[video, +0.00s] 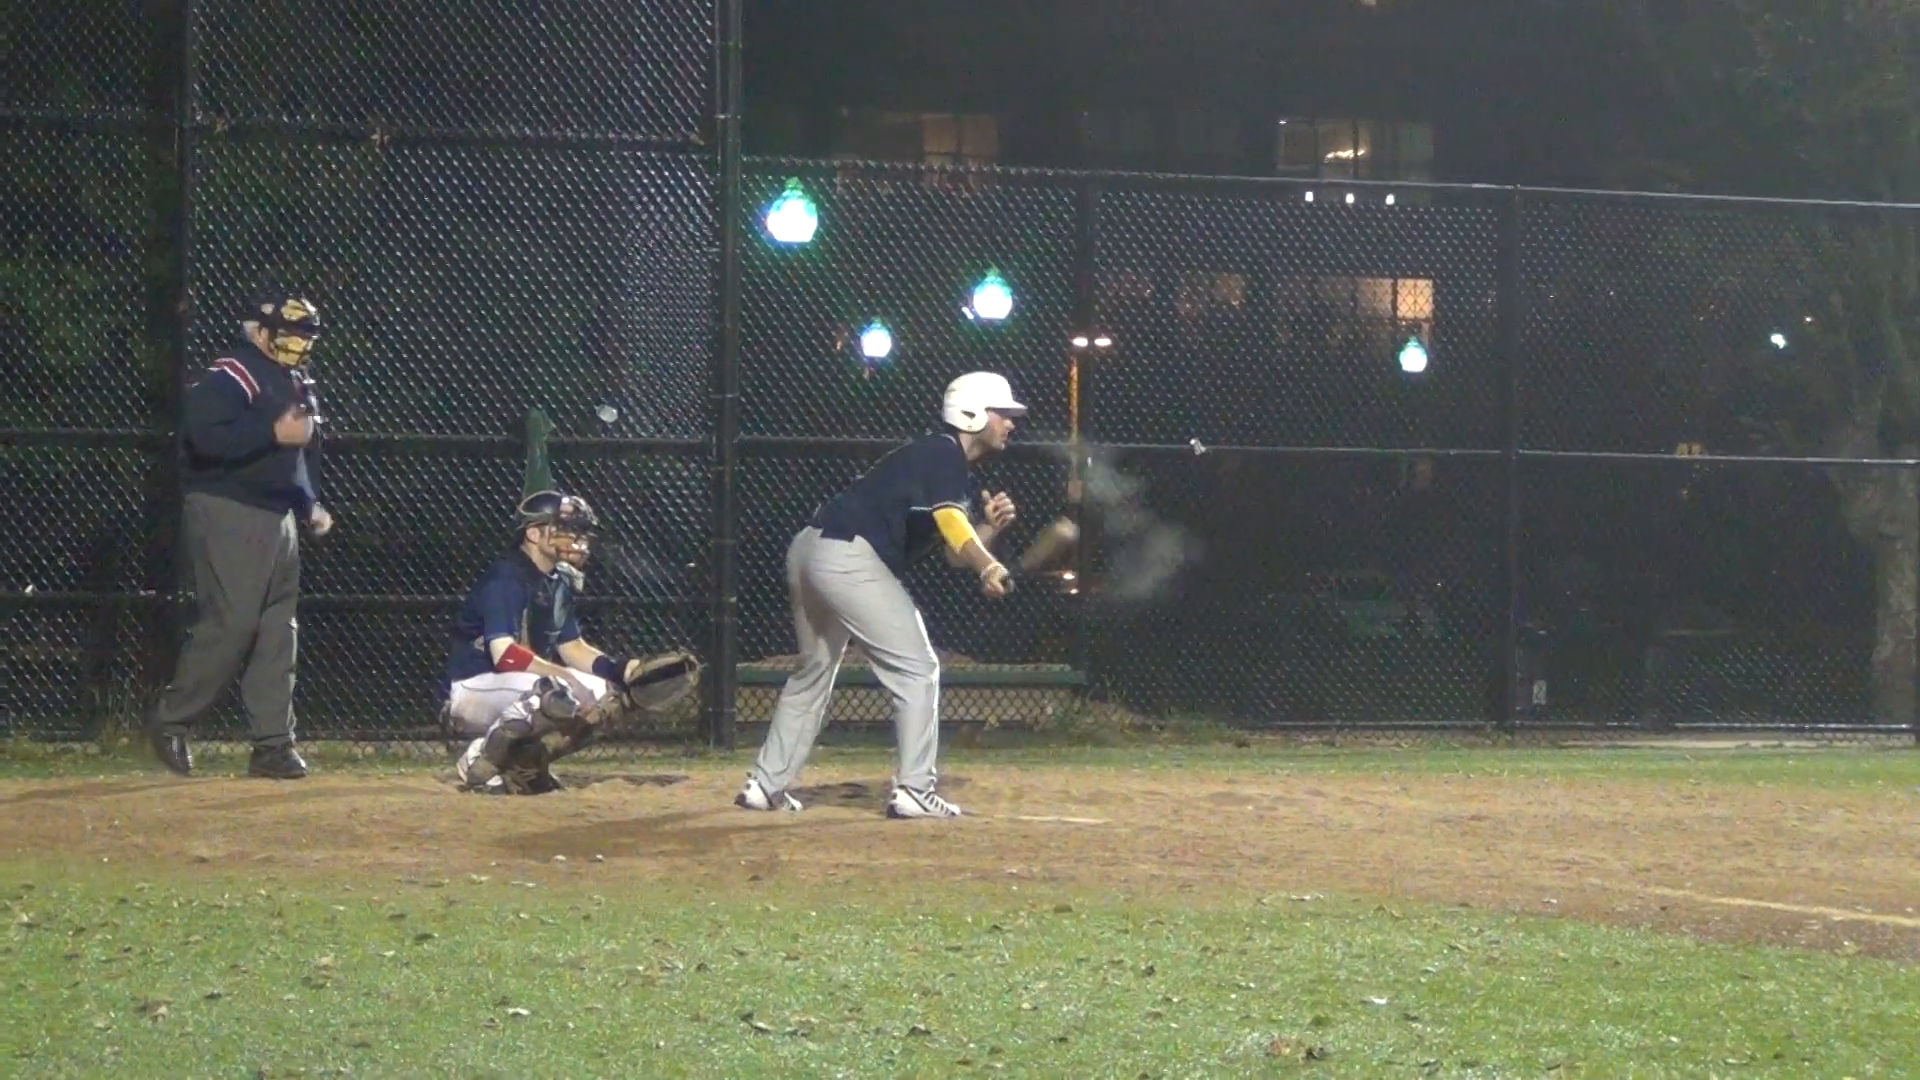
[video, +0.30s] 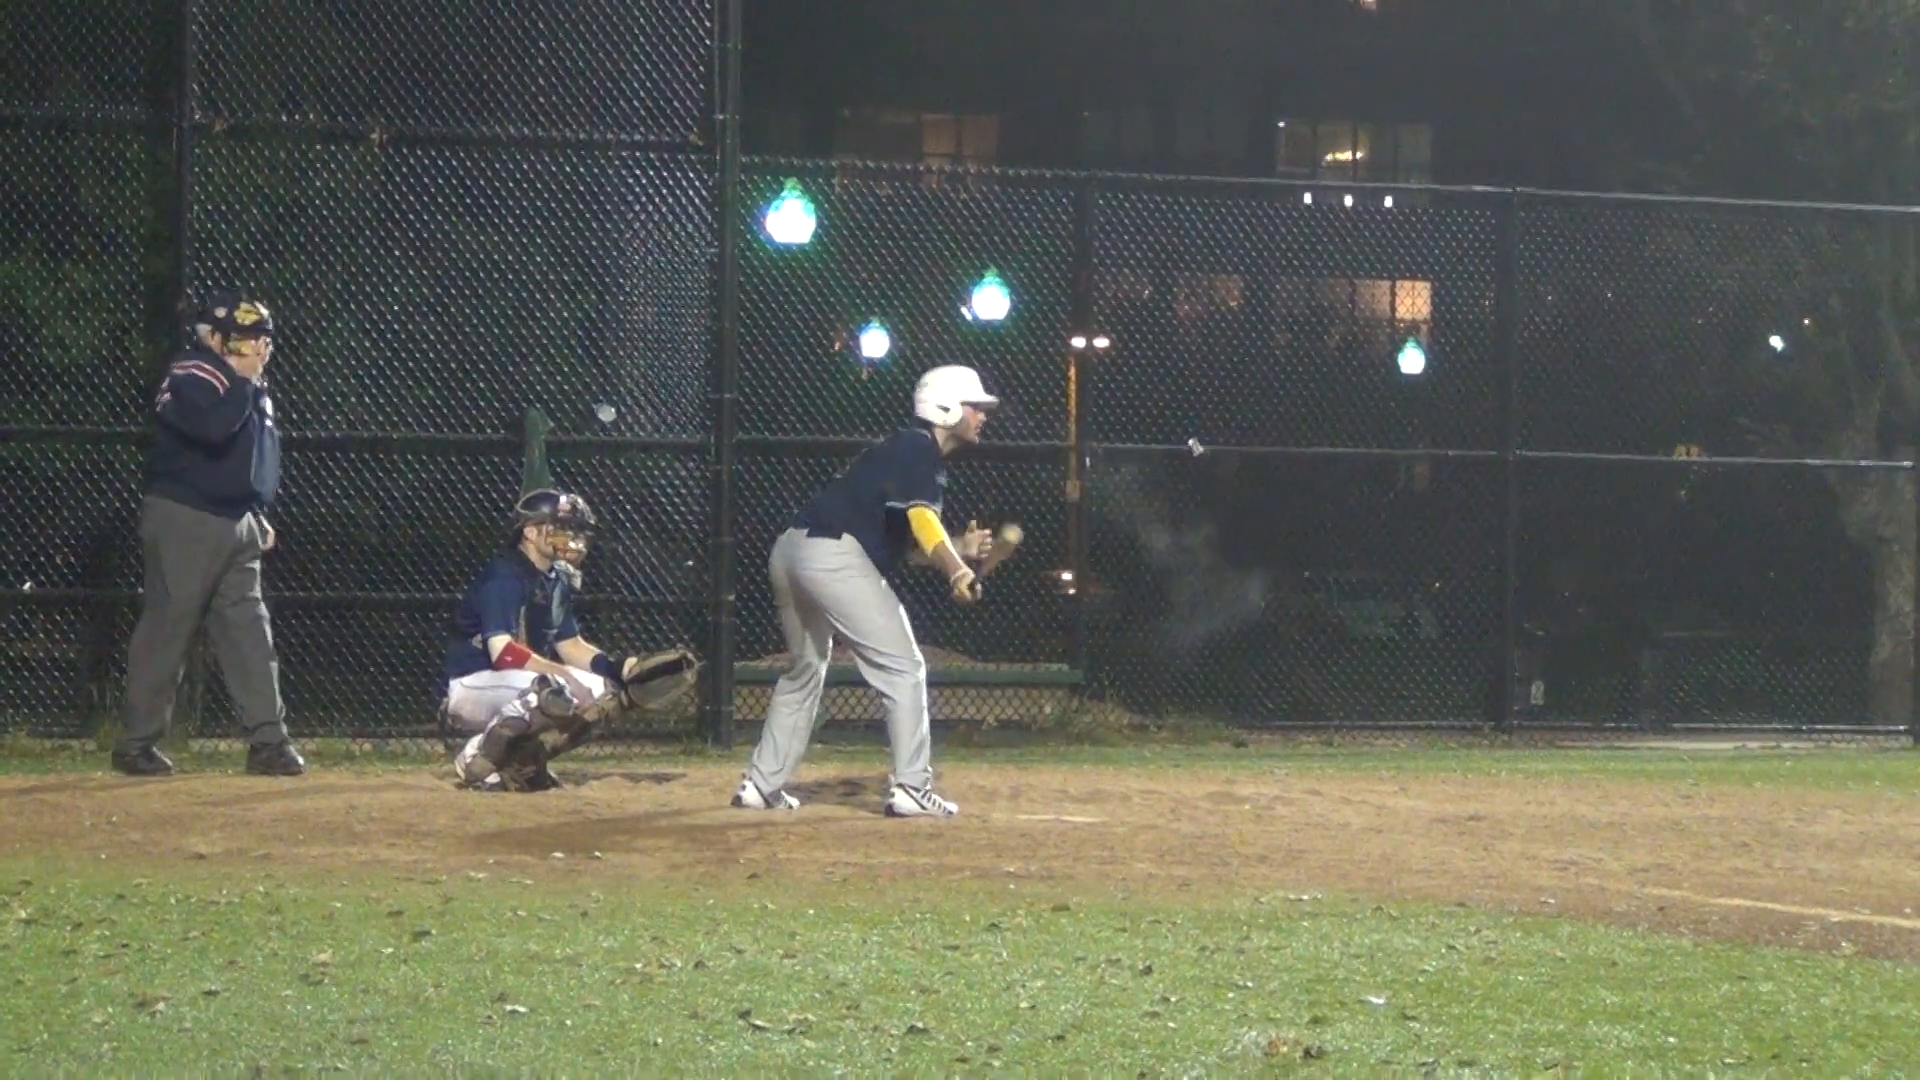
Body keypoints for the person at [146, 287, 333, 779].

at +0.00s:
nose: (296, 341)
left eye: (301, 334)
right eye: (287, 332)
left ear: (304, 336)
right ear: (258, 329)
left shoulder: (293, 381)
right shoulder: (228, 375)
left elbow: (294, 456)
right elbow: (208, 440)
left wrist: (309, 504)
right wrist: (274, 433)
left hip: (277, 520)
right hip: (227, 515)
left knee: (276, 631)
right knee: (231, 624)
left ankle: (273, 745)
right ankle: (170, 720)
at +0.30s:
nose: (263, 349)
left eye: (265, 340)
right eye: (252, 339)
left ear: (266, 343)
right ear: (220, 339)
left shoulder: (252, 391)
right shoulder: (190, 376)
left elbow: (241, 461)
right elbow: (214, 427)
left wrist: (255, 513)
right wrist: (246, 381)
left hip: (237, 524)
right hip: (185, 519)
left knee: (248, 632)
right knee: (167, 628)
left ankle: (269, 743)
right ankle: (136, 742)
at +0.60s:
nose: (221, 353)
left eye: (224, 345)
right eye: (213, 344)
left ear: (218, 347)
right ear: (185, 340)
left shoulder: (210, 387)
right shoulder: (151, 378)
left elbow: (204, 463)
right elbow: (154, 443)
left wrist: (234, 498)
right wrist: (209, 407)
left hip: (199, 527)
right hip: (144, 523)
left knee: (223, 621)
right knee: (138, 633)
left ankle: (231, 743)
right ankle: (129, 750)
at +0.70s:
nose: (216, 353)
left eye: (215, 344)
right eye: (209, 343)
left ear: (202, 346)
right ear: (185, 342)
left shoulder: (212, 394)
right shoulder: (143, 380)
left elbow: (213, 470)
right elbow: (127, 449)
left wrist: (250, 480)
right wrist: (196, 439)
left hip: (194, 528)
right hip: (138, 523)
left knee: (215, 621)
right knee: (136, 631)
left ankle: (190, 740)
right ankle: (127, 748)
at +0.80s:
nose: (218, 355)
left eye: (220, 348)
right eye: (212, 345)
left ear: (203, 347)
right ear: (184, 342)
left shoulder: (213, 399)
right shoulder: (141, 380)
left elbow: (220, 469)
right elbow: (105, 451)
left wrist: (264, 462)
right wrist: (166, 479)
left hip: (188, 529)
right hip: (133, 524)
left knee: (196, 629)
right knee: (135, 628)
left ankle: (168, 740)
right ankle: (127, 746)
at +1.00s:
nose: (221, 356)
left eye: (223, 348)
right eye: (215, 346)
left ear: (202, 347)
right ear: (189, 342)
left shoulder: (211, 395)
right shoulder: (143, 374)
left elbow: (225, 463)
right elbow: (86, 433)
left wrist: (273, 450)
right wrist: (95, 500)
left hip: (181, 526)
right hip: (134, 521)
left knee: (170, 633)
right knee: (136, 630)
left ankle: (161, 742)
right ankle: (127, 747)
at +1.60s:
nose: (176, 345)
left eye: (180, 338)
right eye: (168, 335)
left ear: (182, 341)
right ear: (140, 333)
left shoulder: (177, 390)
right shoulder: (103, 375)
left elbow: (180, 461)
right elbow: (70, 445)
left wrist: (213, 481)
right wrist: (89, 509)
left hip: (160, 528)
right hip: (106, 524)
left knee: (153, 636)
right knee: (97, 635)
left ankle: (147, 748)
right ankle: (84, 753)